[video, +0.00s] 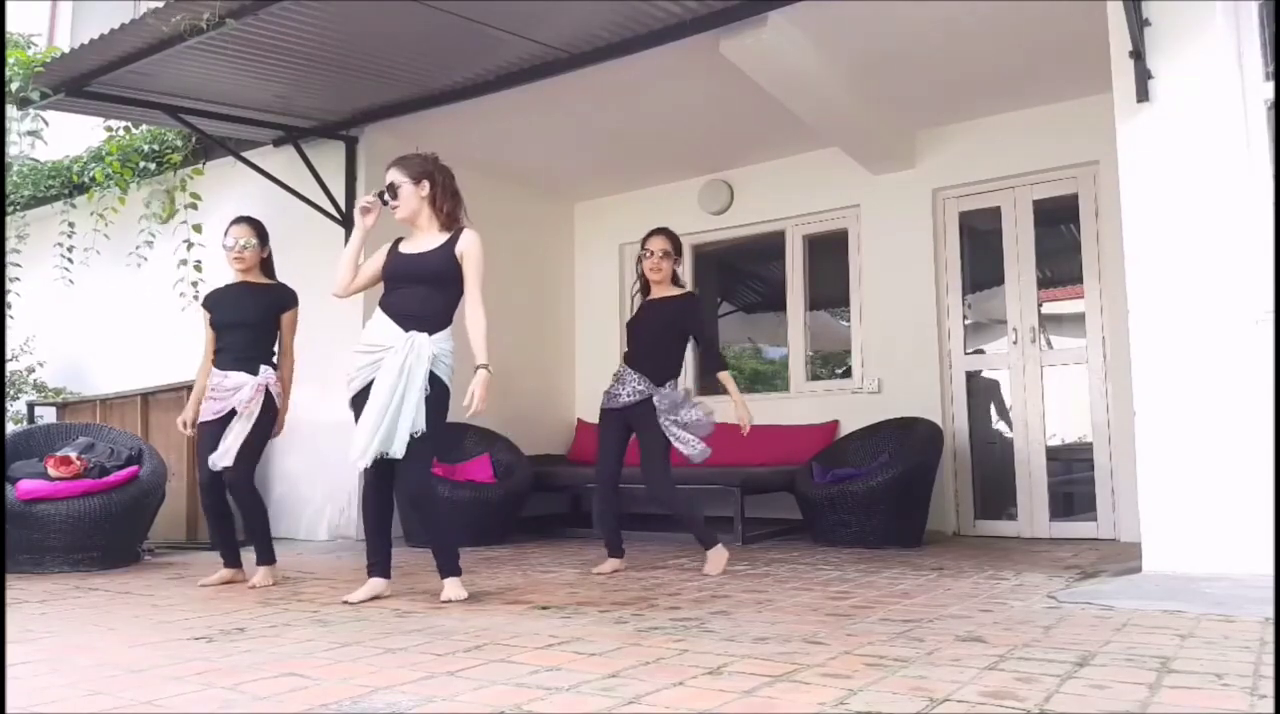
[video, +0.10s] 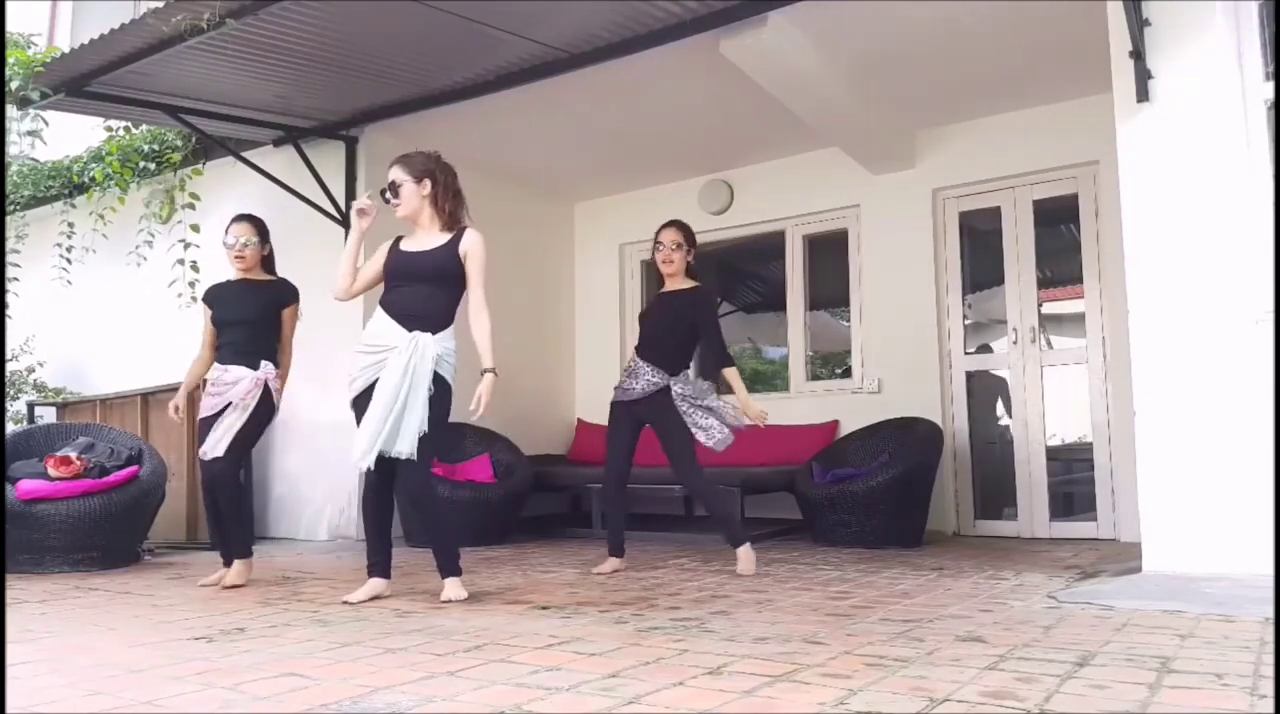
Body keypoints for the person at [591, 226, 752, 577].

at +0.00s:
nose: (655, 261)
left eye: (663, 255)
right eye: (648, 254)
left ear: (676, 261)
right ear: (641, 261)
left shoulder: (688, 302)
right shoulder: (645, 303)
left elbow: (711, 355)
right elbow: (635, 350)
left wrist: (738, 400)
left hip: (651, 400)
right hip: (618, 396)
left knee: (659, 487)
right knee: (605, 478)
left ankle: (714, 546)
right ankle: (614, 555)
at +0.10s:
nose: (666, 253)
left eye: (675, 247)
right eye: (660, 247)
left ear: (689, 254)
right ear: (654, 254)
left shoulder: (699, 296)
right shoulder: (658, 298)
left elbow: (719, 353)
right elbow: (645, 344)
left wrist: (744, 400)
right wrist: (630, 375)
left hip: (662, 394)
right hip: (627, 394)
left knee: (689, 476)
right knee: (614, 476)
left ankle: (741, 543)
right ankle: (615, 555)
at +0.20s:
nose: (682, 247)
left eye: (691, 241)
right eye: (676, 241)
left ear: (706, 247)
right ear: (670, 248)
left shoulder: (715, 287)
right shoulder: (676, 291)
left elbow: (721, 344)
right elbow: (669, 343)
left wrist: (732, 398)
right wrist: (648, 385)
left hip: (690, 387)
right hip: (651, 386)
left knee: (728, 467)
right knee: (627, 469)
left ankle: (783, 540)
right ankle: (616, 552)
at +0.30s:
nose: (700, 247)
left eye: (708, 240)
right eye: (695, 242)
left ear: (726, 246)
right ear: (691, 250)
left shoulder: (739, 283)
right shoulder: (693, 298)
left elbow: (730, 339)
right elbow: (679, 350)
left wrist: (703, 382)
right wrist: (652, 398)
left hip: (718, 384)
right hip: (681, 387)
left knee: (755, 466)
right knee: (647, 466)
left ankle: (806, 547)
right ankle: (617, 548)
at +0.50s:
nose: (723, 248)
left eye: (731, 240)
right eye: (719, 243)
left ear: (751, 246)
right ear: (717, 253)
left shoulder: (775, 288)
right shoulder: (720, 297)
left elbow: (761, 337)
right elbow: (710, 349)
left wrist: (718, 311)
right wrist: (707, 393)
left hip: (756, 391)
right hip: (720, 392)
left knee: (771, 478)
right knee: (681, 471)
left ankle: (810, 559)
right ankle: (665, 556)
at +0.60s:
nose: (727, 243)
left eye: (735, 236)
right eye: (721, 239)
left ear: (752, 243)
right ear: (716, 250)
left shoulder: (775, 285)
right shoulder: (715, 297)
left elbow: (790, 336)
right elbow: (713, 347)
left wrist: (750, 305)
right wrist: (727, 376)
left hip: (762, 391)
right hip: (721, 390)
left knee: (776, 476)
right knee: (689, 472)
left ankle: (811, 558)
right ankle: (697, 556)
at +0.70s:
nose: (723, 242)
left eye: (731, 236)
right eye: (716, 238)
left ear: (746, 243)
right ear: (711, 249)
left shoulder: (768, 283)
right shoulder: (711, 297)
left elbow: (798, 319)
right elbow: (712, 344)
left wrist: (757, 287)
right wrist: (725, 373)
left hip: (759, 384)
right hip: (717, 383)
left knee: (775, 474)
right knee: (692, 472)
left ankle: (811, 556)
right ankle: (699, 554)